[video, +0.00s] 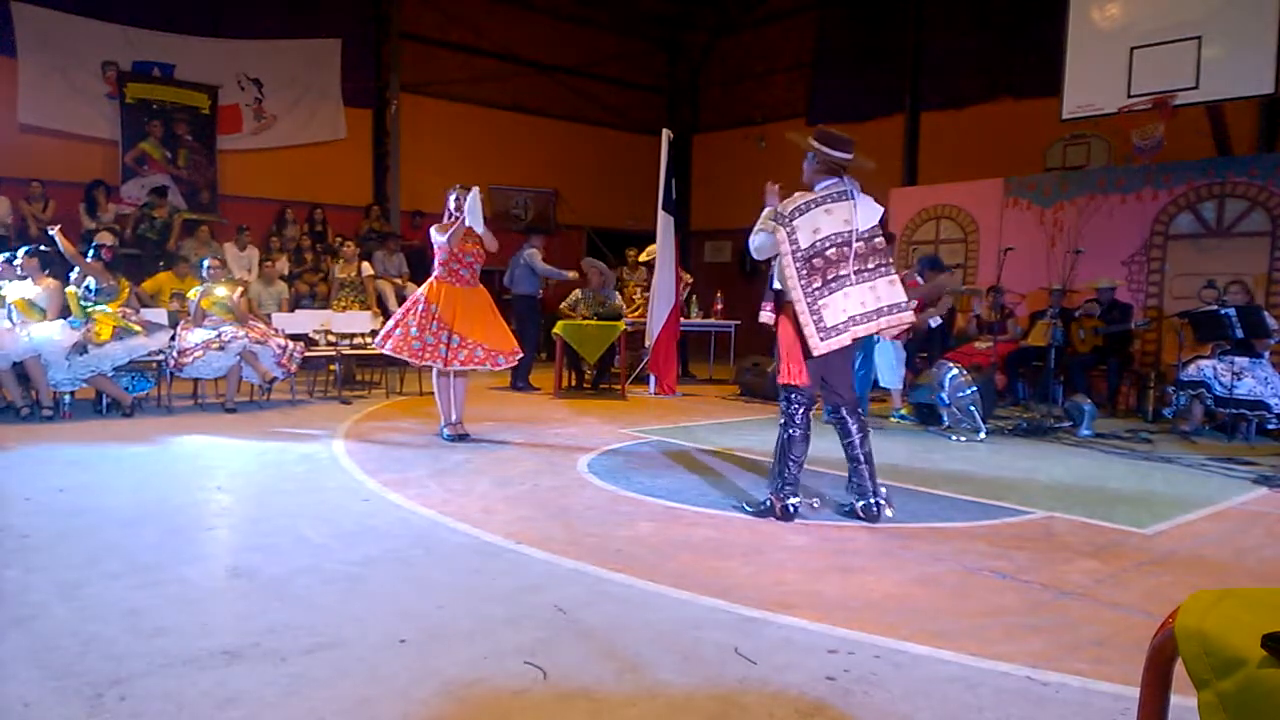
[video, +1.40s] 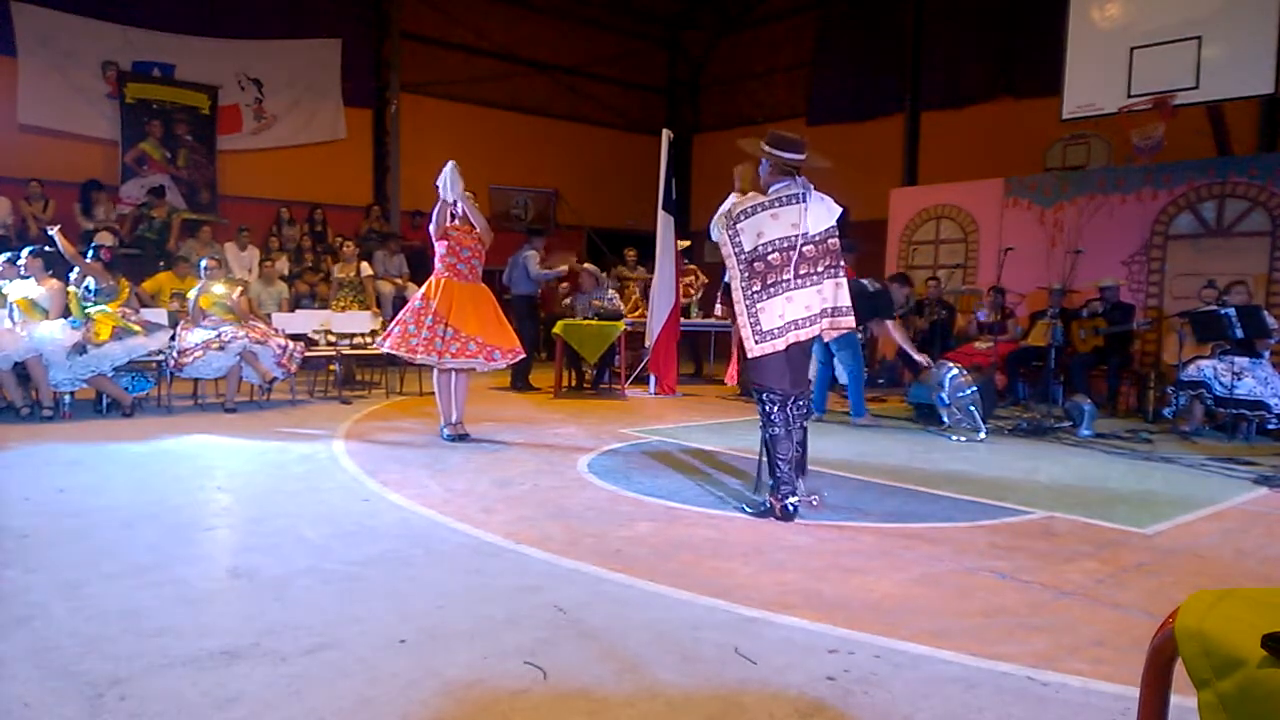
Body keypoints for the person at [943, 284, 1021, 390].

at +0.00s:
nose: (994, 299)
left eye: (997, 297)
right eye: (992, 296)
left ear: (1001, 298)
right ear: (987, 298)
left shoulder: (1008, 313)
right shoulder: (980, 314)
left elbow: (1013, 335)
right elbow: (972, 334)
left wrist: (993, 338)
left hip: (1003, 344)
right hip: (983, 343)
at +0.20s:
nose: (995, 300)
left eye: (998, 297)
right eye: (993, 296)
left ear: (1003, 298)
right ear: (988, 298)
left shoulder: (1009, 313)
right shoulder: (981, 313)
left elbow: (1014, 335)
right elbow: (974, 334)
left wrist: (994, 339)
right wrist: (973, 322)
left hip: (1004, 344)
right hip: (984, 344)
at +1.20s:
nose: (992, 300)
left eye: (996, 297)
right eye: (990, 296)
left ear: (1002, 299)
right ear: (987, 298)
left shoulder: (1008, 312)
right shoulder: (980, 312)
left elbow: (1012, 335)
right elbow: (973, 334)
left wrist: (993, 339)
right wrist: (971, 322)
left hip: (1003, 344)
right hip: (983, 343)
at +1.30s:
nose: (992, 300)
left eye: (996, 297)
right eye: (990, 296)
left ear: (1002, 299)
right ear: (986, 298)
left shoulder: (1008, 313)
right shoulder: (980, 312)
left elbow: (1013, 335)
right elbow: (973, 334)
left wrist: (993, 339)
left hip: (1004, 343)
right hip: (984, 343)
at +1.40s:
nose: (992, 300)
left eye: (995, 297)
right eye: (989, 296)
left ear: (1001, 300)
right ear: (985, 298)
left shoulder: (1007, 312)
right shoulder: (979, 313)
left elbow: (1012, 335)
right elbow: (973, 334)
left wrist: (993, 338)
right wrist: (973, 321)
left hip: (1002, 343)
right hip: (983, 343)